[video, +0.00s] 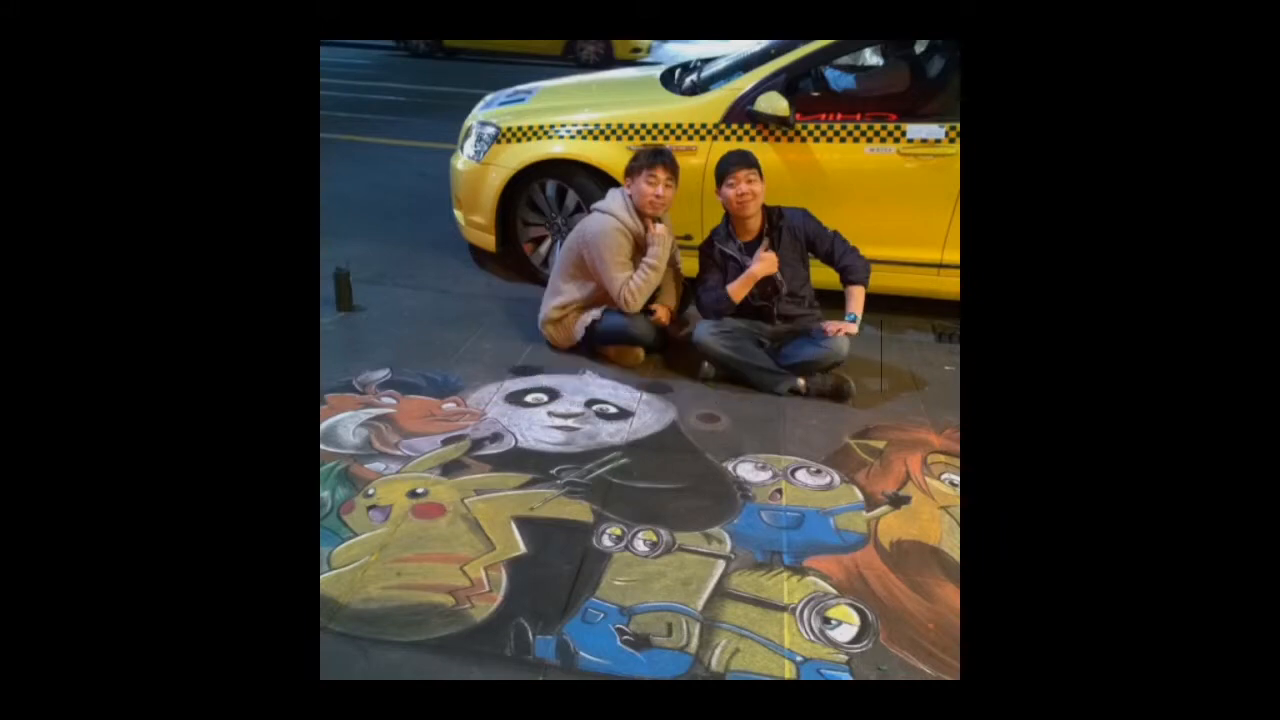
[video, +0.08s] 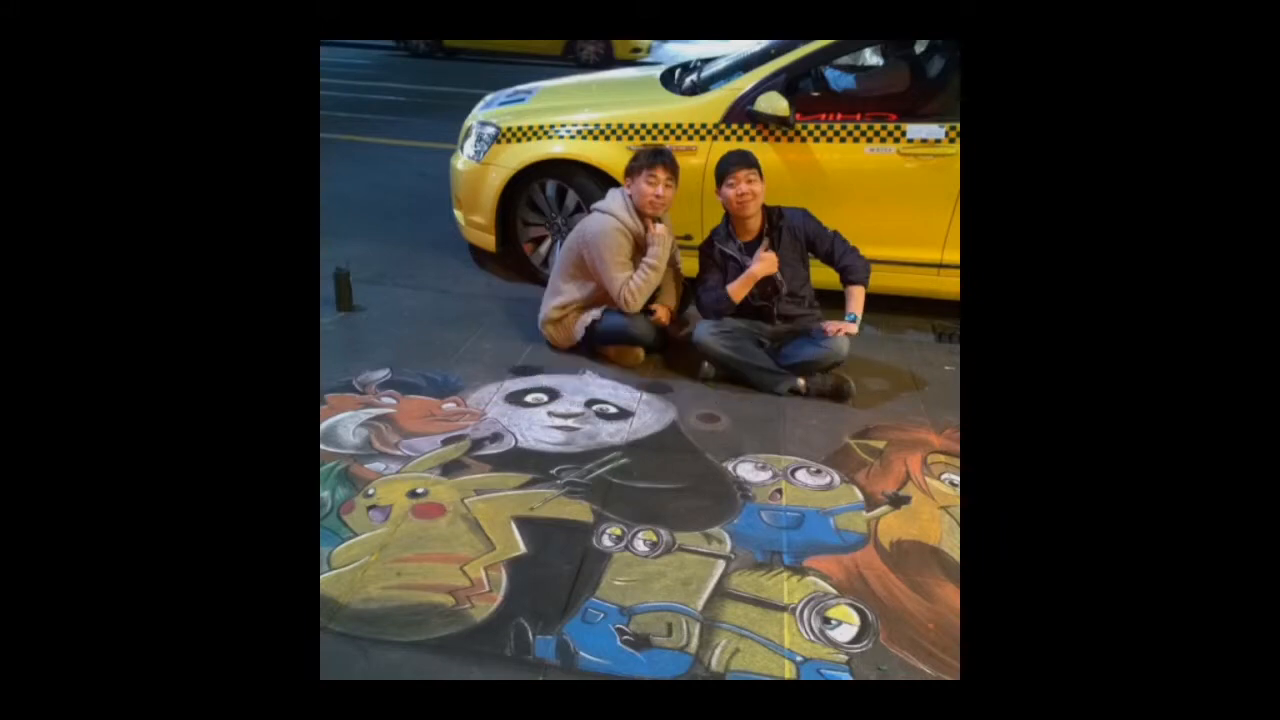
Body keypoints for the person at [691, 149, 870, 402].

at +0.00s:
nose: (743, 191)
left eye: (750, 181)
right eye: (732, 185)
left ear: (763, 187)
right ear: (720, 195)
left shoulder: (795, 222)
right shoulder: (713, 246)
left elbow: (853, 262)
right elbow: (709, 308)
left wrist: (851, 320)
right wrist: (752, 275)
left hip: (799, 328)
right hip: (747, 328)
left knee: (837, 345)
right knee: (704, 334)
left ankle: (734, 372)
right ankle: (798, 386)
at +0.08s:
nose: (743, 191)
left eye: (750, 181)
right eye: (732, 185)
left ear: (763, 187)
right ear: (720, 195)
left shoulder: (795, 222)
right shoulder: (713, 246)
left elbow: (853, 262)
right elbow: (709, 308)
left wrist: (851, 320)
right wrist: (752, 275)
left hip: (799, 328)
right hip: (747, 328)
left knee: (837, 345)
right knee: (704, 334)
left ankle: (734, 372)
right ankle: (798, 386)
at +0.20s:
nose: (743, 191)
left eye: (750, 181)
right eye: (732, 185)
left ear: (763, 187)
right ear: (720, 195)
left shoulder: (795, 222)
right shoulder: (713, 246)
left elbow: (853, 262)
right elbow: (709, 308)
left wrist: (851, 320)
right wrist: (752, 275)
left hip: (799, 328)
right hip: (747, 328)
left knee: (837, 345)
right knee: (704, 334)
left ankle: (734, 372)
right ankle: (798, 386)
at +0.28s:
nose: (743, 191)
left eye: (750, 181)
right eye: (732, 185)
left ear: (763, 186)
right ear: (720, 195)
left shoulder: (795, 222)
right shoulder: (713, 246)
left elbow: (853, 262)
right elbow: (708, 308)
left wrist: (851, 320)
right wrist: (752, 274)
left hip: (799, 327)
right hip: (747, 327)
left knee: (837, 345)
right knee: (706, 336)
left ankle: (741, 371)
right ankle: (798, 386)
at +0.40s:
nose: (742, 190)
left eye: (750, 181)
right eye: (732, 184)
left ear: (763, 187)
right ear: (720, 195)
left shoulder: (795, 222)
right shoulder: (713, 245)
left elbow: (853, 262)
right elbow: (709, 301)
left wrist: (852, 320)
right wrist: (753, 273)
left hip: (799, 329)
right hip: (744, 333)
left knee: (837, 346)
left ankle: (749, 370)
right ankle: (799, 386)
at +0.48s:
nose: (743, 190)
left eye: (750, 181)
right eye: (733, 184)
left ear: (763, 186)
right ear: (720, 191)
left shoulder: (792, 221)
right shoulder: (713, 231)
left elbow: (853, 262)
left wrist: (851, 320)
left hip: (792, 326)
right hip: (735, 331)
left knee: (839, 344)